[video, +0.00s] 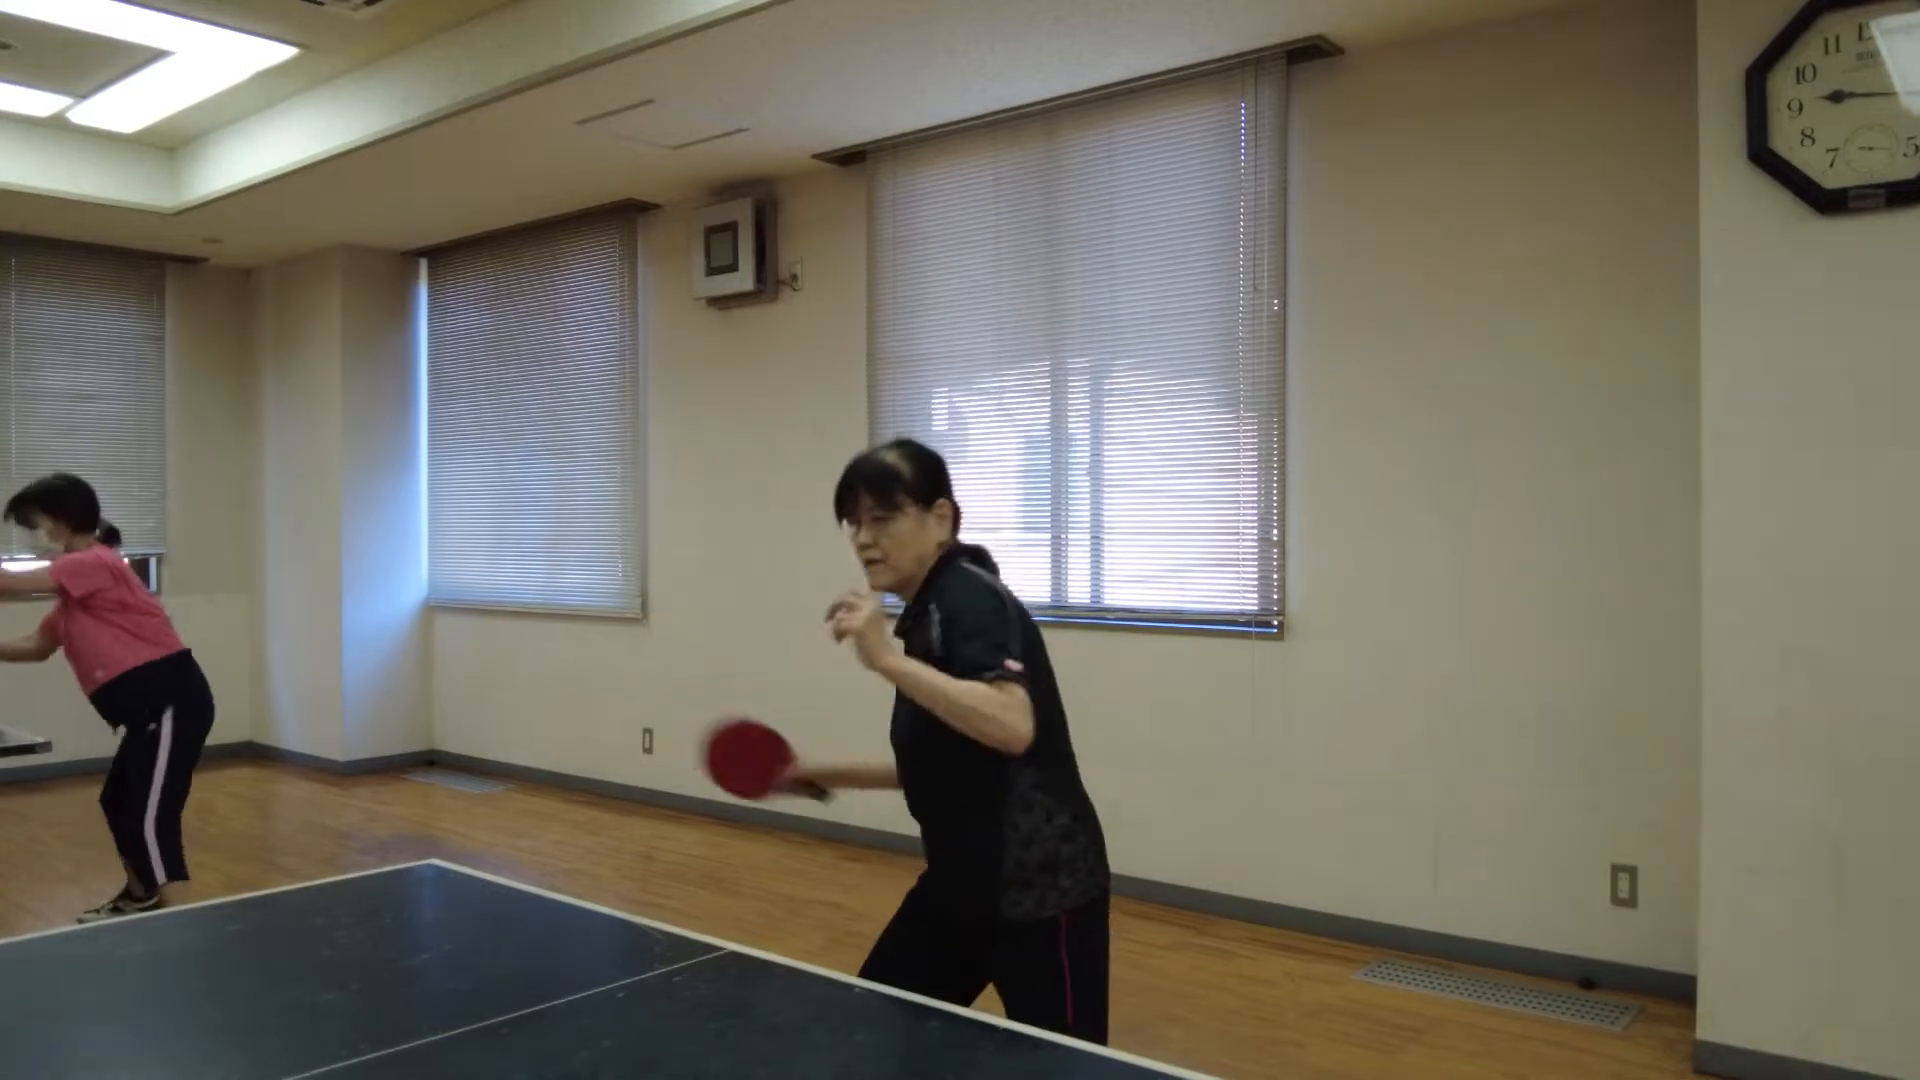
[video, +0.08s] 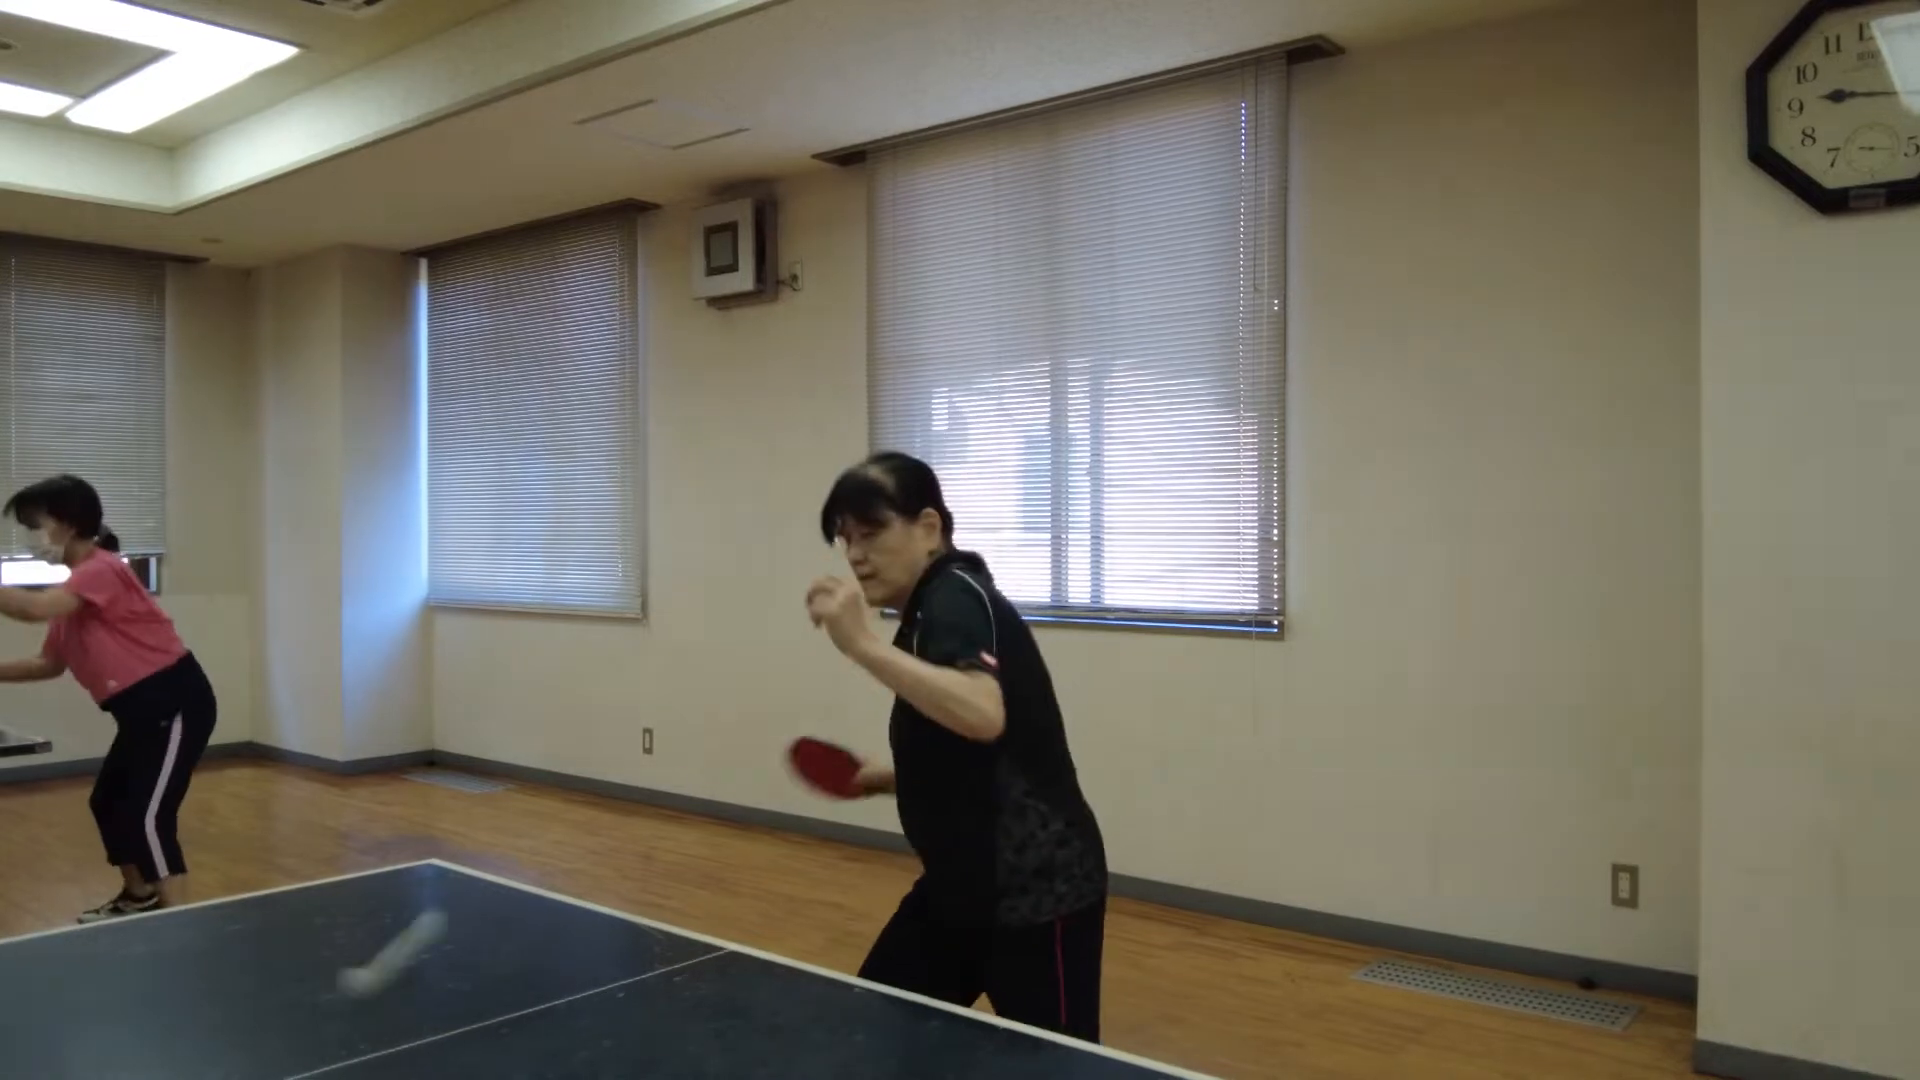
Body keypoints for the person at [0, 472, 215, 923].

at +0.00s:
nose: (39, 534)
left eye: (40, 522)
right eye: (35, 525)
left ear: (65, 517)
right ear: (72, 519)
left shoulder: (97, 562)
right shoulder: (77, 589)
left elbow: (15, 584)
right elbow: (38, 646)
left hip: (174, 697)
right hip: (149, 705)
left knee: (151, 808)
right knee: (118, 799)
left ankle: (172, 912)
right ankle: (140, 894)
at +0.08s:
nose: (35, 538)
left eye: (39, 525)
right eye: (33, 528)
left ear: (70, 522)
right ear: (65, 527)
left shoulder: (103, 568)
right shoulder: (74, 590)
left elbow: (37, 606)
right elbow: (50, 664)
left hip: (176, 700)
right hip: (142, 710)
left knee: (148, 810)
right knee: (108, 802)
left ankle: (173, 914)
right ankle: (138, 894)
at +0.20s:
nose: (39, 540)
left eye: (46, 527)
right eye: (38, 530)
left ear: (77, 527)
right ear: (72, 532)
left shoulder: (107, 577)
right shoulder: (76, 589)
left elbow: (79, 643)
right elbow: (67, 673)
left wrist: (15, 603)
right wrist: (3, 681)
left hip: (172, 709)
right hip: (136, 718)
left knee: (137, 818)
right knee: (96, 805)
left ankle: (175, 919)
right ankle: (135, 897)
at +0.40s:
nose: (51, 536)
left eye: (56, 523)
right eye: (50, 525)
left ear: (83, 520)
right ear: (83, 523)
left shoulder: (105, 568)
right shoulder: (100, 573)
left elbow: (47, 627)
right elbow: (77, 658)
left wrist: (3, 599)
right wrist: (11, 663)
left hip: (168, 708)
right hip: (146, 710)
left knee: (128, 821)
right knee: (109, 804)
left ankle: (166, 916)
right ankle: (129, 895)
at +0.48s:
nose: (52, 538)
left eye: (55, 526)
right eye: (50, 528)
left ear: (79, 522)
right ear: (89, 523)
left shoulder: (101, 570)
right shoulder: (114, 571)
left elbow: (45, 626)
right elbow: (109, 656)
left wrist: (1, 615)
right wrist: (52, 668)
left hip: (154, 712)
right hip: (143, 710)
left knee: (115, 829)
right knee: (100, 799)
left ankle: (164, 923)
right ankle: (128, 892)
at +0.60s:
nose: (51, 540)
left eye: (53, 529)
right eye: (49, 530)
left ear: (74, 524)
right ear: (94, 523)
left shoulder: (90, 570)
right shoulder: (121, 567)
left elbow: (22, 616)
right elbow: (103, 658)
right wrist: (48, 645)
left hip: (146, 711)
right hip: (146, 706)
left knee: (133, 821)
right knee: (93, 791)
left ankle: (176, 922)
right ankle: (114, 882)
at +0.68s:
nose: (45, 543)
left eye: (46, 532)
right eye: (42, 535)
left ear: (68, 527)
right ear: (88, 527)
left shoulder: (83, 571)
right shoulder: (107, 573)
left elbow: (10, 590)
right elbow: (71, 650)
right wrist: (9, 639)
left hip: (155, 701)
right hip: (150, 702)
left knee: (148, 816)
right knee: (103, 791)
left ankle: (186, 925)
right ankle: (105, 887)